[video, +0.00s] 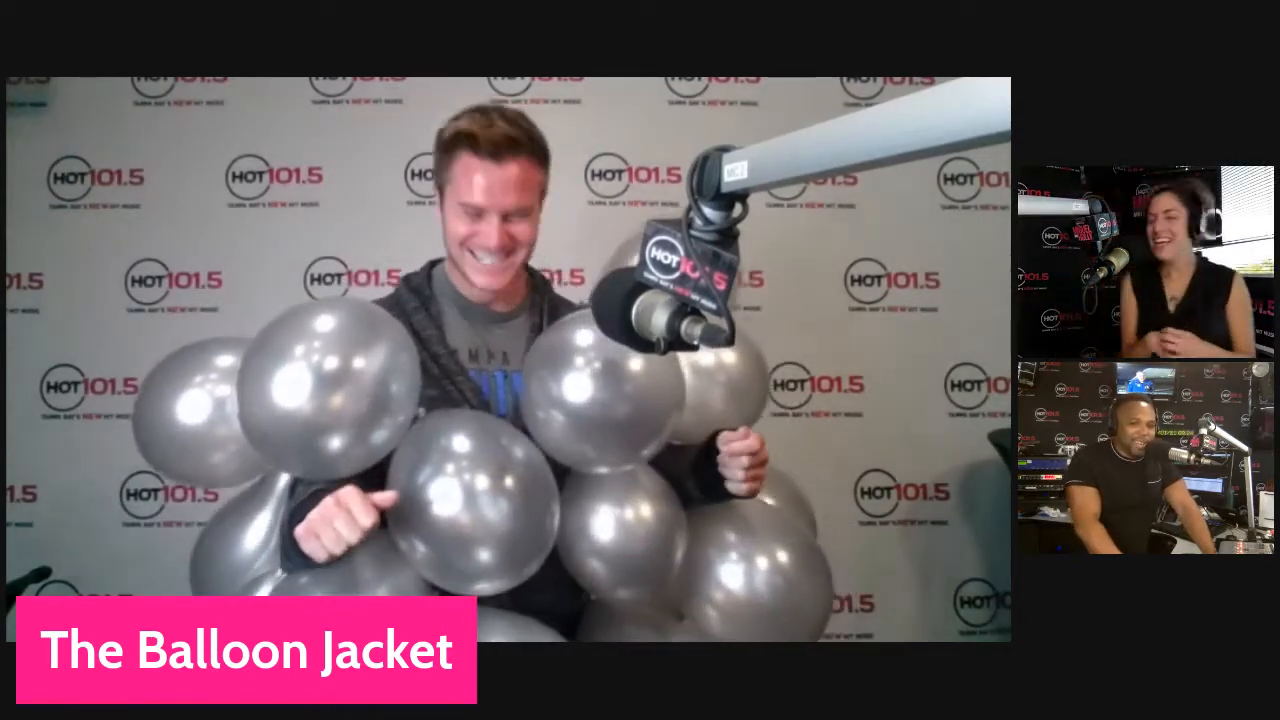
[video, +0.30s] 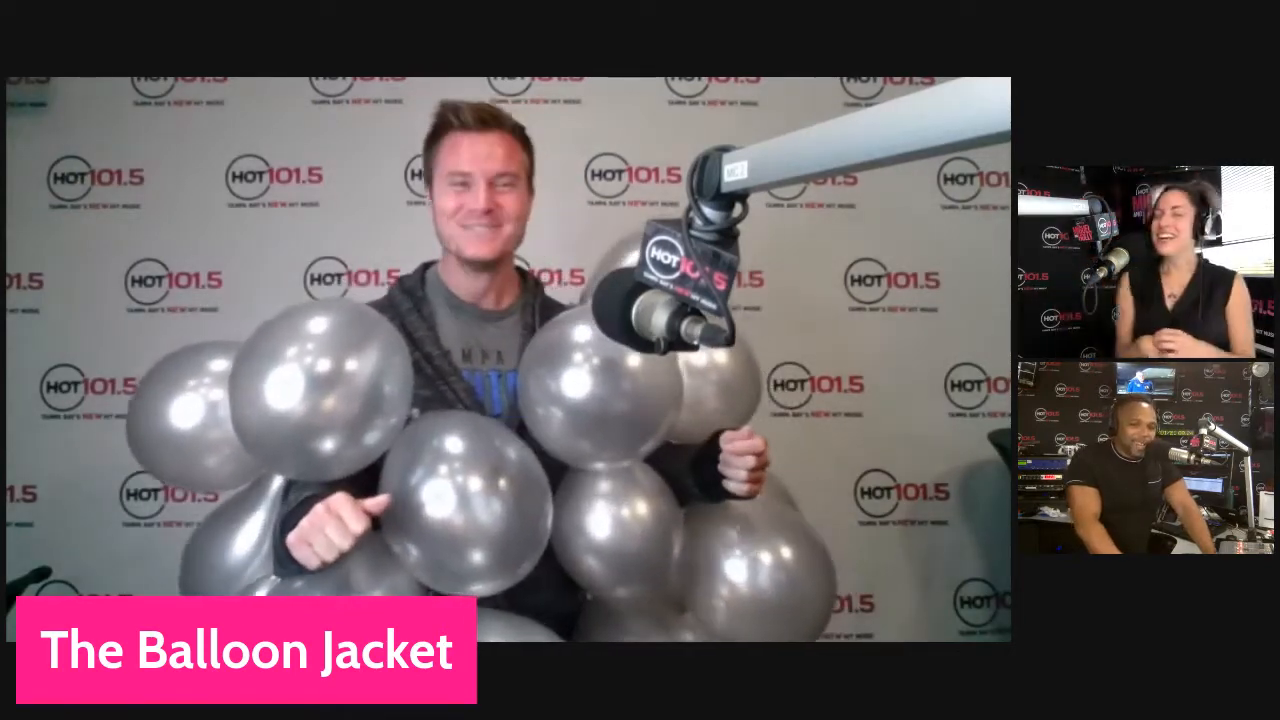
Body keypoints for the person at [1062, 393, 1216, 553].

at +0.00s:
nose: (1144, 432)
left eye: (1150, 425)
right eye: (1134, 424)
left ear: (1156, 427)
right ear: (1114, 426)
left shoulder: (1156, 457)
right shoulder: (1087, 460)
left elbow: (1186, 507)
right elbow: (1086, 524)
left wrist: (1210, 551)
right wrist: (1119, 559)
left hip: (1142, 555)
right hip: (1098, 555)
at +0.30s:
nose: (1144, 434)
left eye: (1151, 426)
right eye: (1135, 425)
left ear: (1156, 429)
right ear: (1114, 426)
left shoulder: (1157, 458)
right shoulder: (1087, 460)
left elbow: (1186, 507)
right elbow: (1087, 523)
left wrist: (1210, 551)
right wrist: (1117, 556)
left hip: (1141, 553)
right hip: (1097, 553)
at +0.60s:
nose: (1139, 431)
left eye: (1144, 423)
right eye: (1129, 424)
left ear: (1151, 426)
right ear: (1110, 428)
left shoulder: (1157, 457)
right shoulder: (1087, 461)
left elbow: (1187, 508)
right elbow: (1087, 524)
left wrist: (1211, 552)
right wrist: (1121, 561)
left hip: (1144, 554)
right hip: (1100, 555)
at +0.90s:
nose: (1140, 430)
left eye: (1146, 423)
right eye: (1130, 423)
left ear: (1152, 427)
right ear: (1111, 428)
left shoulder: (1157, 457)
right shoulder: (1088, 460)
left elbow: (1187, 508)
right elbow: (1087, 524)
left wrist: (1211, 553)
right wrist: (1119, 563)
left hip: (1143, 554)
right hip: (1100, 555)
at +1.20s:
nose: (1142, 431)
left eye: (1148, 424)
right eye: (1131, 424)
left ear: (1154, 428)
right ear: (1112, 428)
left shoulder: (1158, 457)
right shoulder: (1088, 460)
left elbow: (1187, 507)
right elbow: (1087, 524)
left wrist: (1211, 552)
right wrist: (1119, 561)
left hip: (1143, 554)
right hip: (1099, 555)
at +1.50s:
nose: (1142, 432)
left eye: (1148, 424)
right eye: (1132, 424)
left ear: (1154, 428)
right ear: (1112, 427)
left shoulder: (1158, 457)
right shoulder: (1088, 460)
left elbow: (1187, 507)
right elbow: (1087, 524)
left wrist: (1210, 552)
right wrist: (1119, 560)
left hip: (1143, 554)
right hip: (1099, 555)